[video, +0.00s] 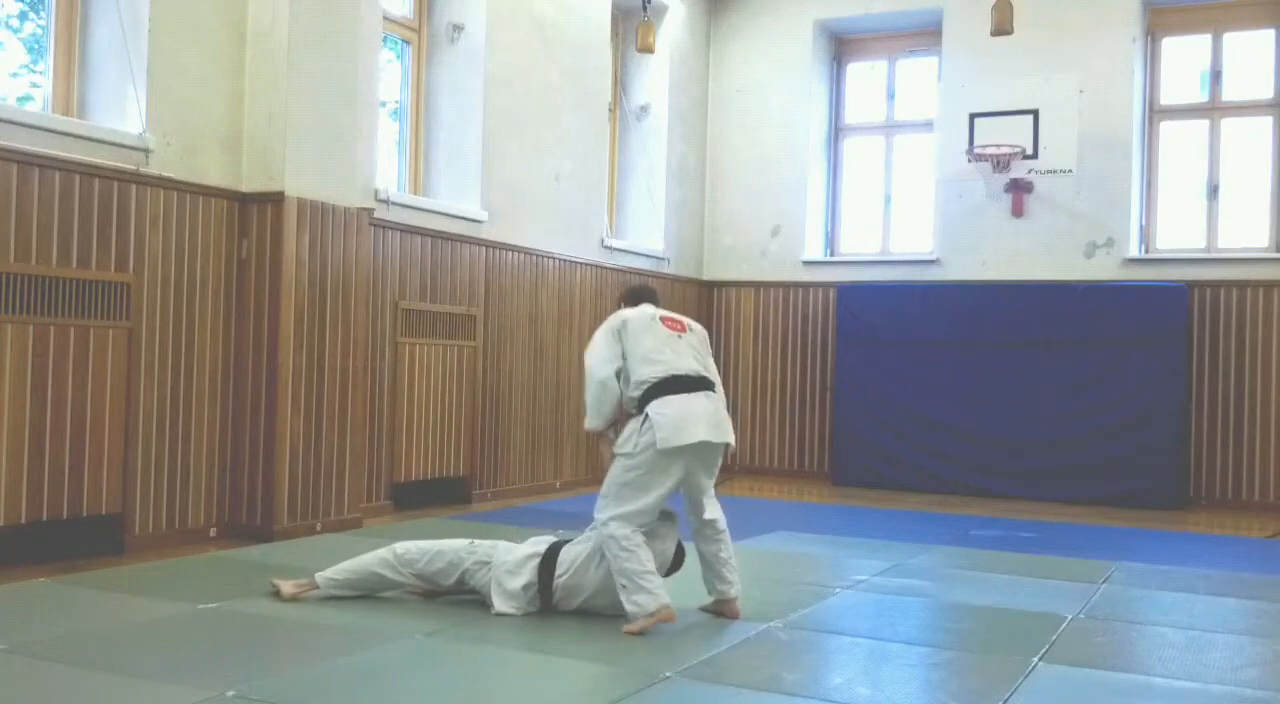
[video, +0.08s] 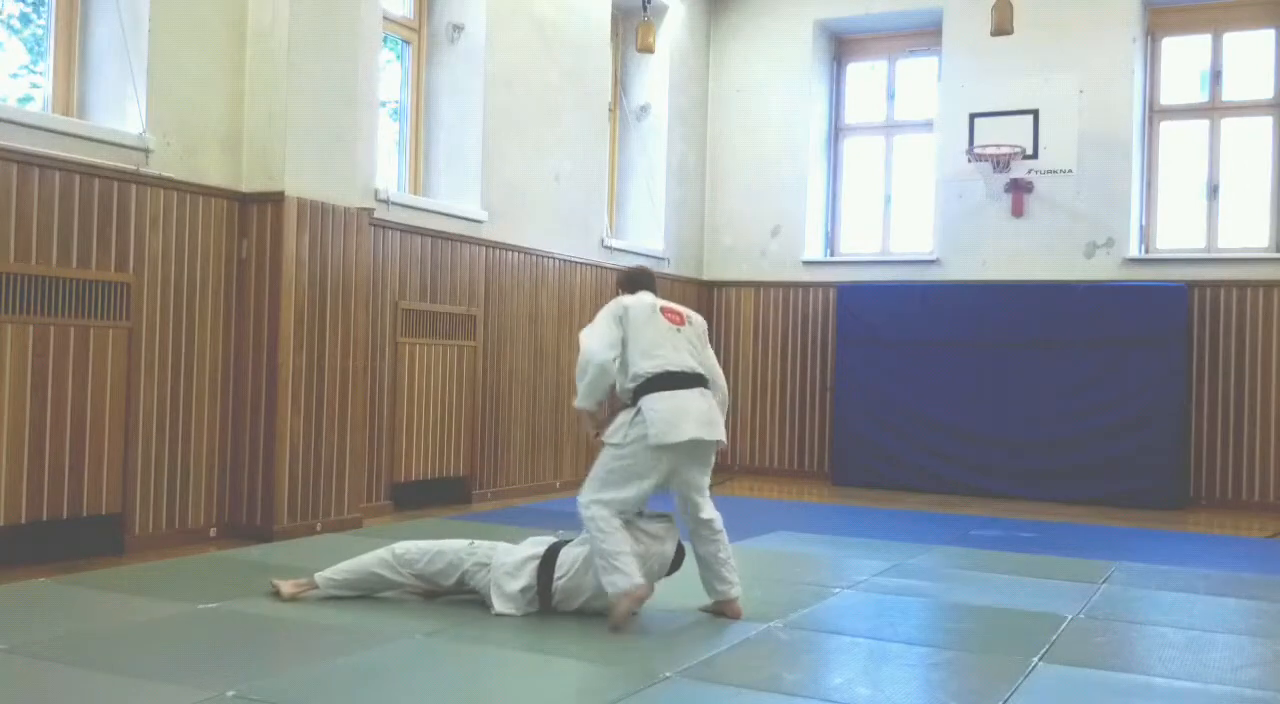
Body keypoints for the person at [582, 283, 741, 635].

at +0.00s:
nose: (618, 314)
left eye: (618, 310)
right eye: (620, 310)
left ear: (624, 306)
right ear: (656, 304)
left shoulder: (618, 321)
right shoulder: (692, 326)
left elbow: (601, 368)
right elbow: (715, 381)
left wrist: (599, 424)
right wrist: (726, 432)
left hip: (663, 419)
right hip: (712, 417)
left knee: (613, 515)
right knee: (704, 504)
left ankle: (651, 604)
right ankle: (727, 597)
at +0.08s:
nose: (616, 298)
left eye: (617, 293)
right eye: (619, 293)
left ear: (623, 291)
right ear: (654, 290)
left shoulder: (619, 307)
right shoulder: (691, 318)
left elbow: (598, 352)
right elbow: (718, 382)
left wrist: (589, 405)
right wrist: (714, 428)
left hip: (656, 411)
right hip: (703, 412)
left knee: (596, 501)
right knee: (698, 505)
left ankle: (627, 586)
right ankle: (728, 597)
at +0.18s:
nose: (610, 288)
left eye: (610, 283)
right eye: (611, 283)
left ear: (617, 281)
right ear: (647, 279)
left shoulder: (612, 303)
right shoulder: (684, 311)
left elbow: (596, 351)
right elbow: (711, 372)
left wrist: (572, 389)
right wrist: (710, 407)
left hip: (643, 412)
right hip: (691, 409)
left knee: (583, 501)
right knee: (692, 507)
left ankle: (584, 588)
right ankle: (726, 597)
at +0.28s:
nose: (594, 281)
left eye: (594, 275)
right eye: (596, 275)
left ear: (601, 274)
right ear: (633, 273)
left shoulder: (593, 302)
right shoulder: (668, 306)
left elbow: (578, 353)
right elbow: (699, 369)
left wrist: (554, 387)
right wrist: (696, 397)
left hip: (624, 417)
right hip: (675, 413)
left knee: (573, 510)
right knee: (689, 509)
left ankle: (544, 602)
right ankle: (724, 598)